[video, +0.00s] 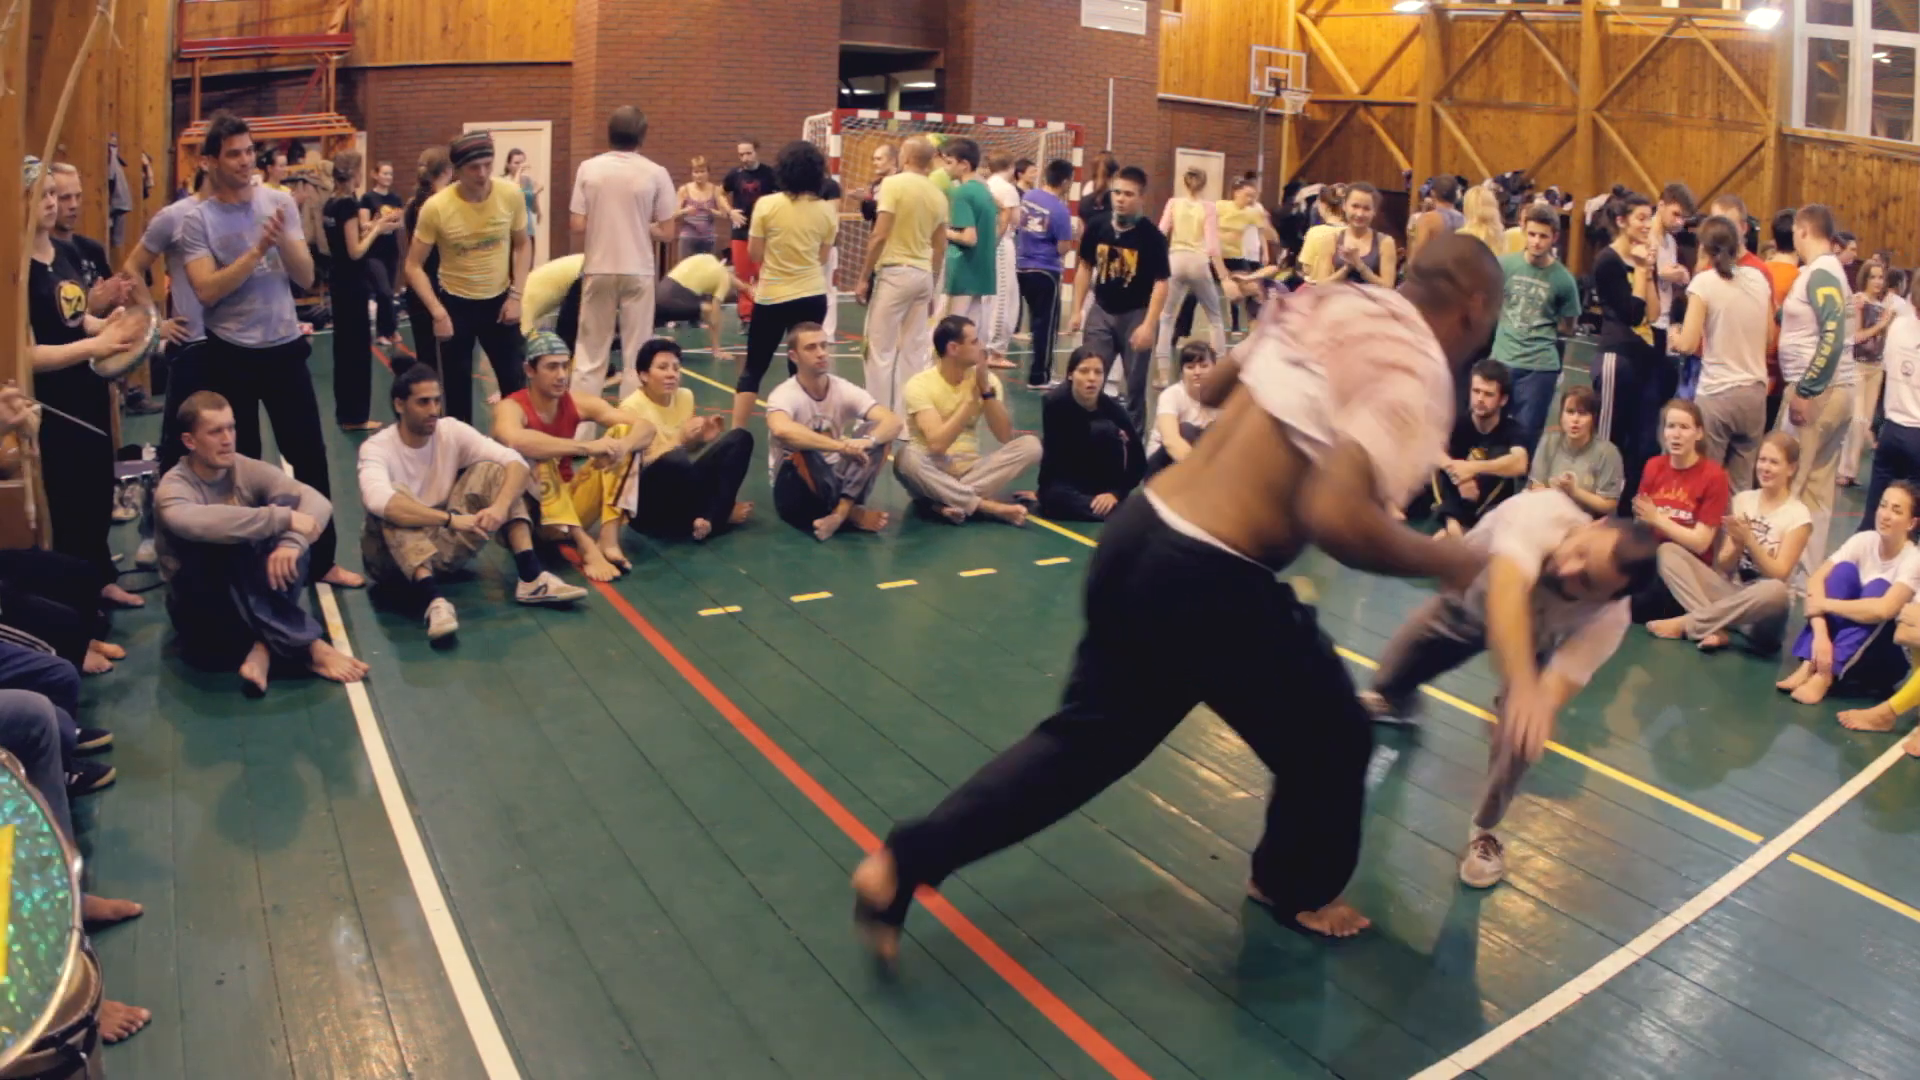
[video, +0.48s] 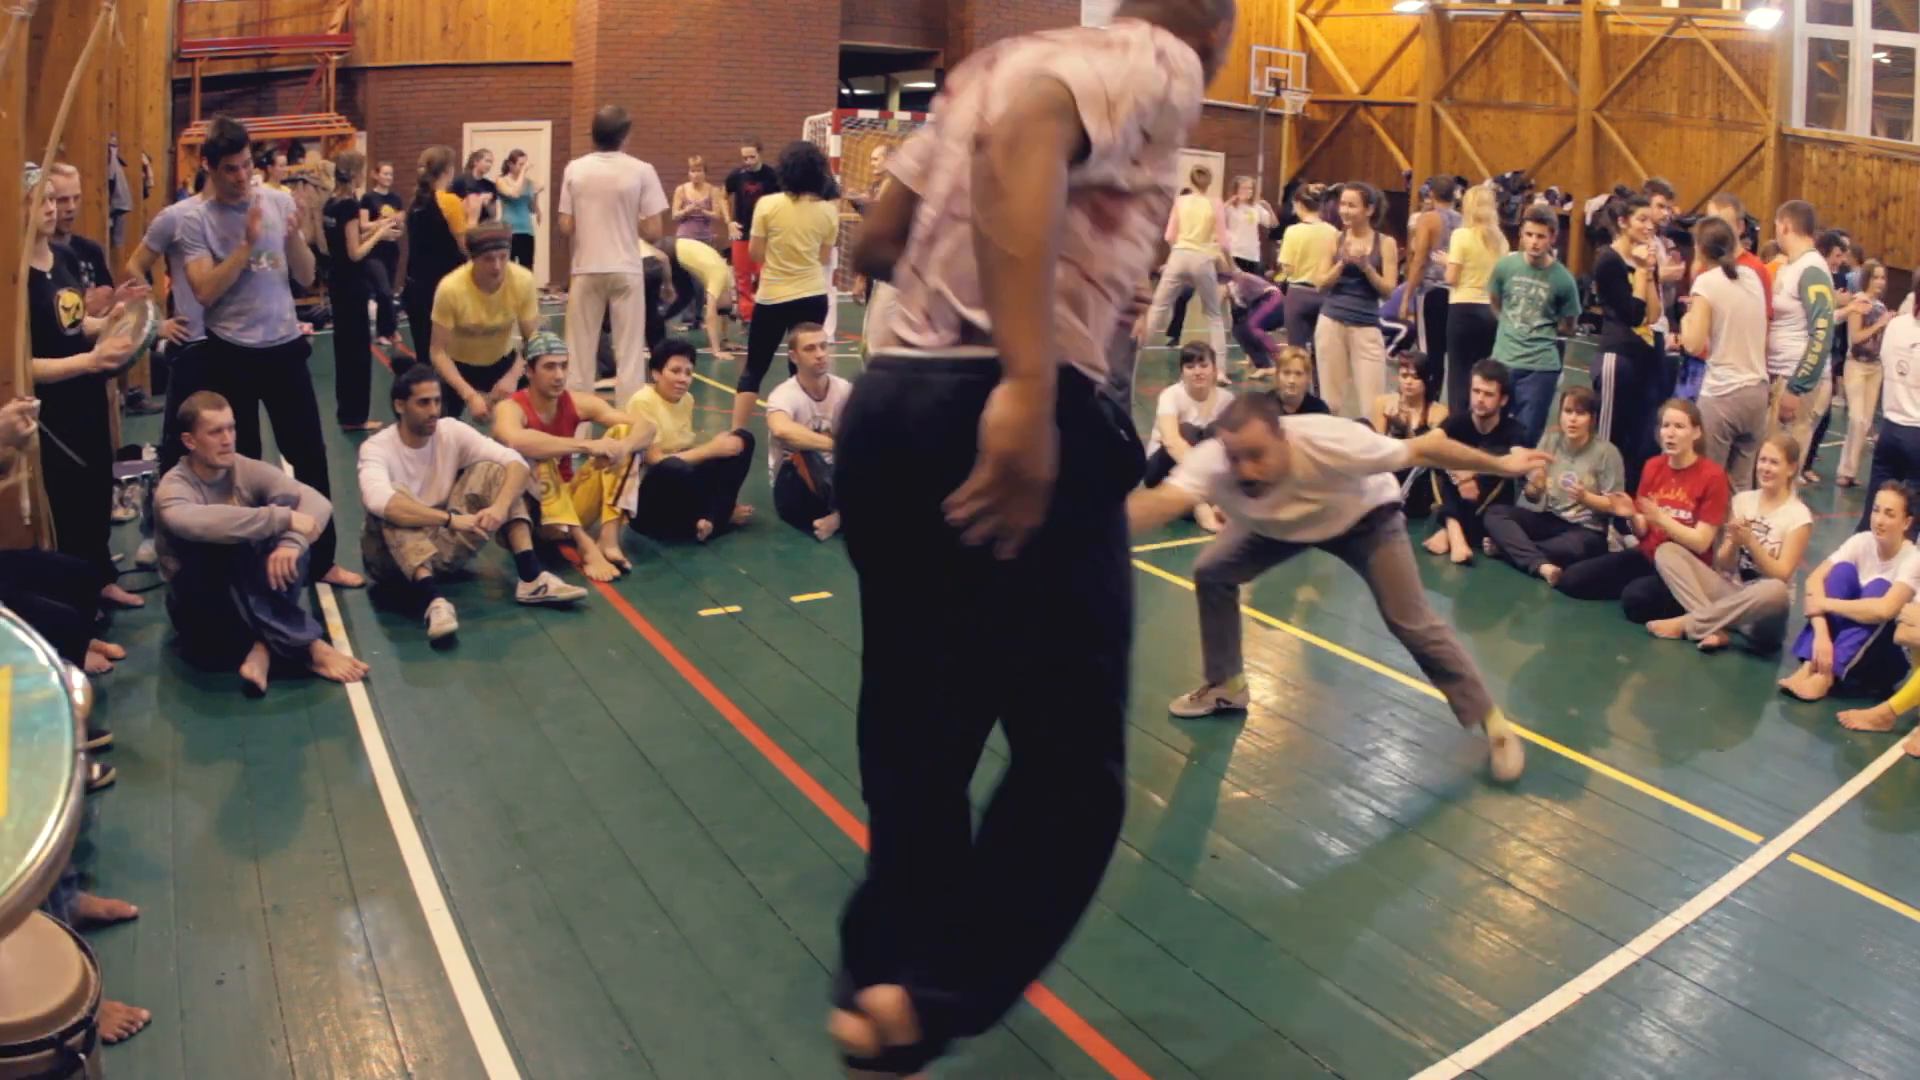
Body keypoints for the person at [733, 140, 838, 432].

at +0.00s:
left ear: (781, 171)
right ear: (818, 172)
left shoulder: (766, 205)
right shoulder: (827, 210)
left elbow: (755, 252)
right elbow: (824, 255)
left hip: (772, 300)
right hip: (813, 298)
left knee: (753, 369)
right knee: (804, 366)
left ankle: (736, 437)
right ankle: (808, 433)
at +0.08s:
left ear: (781, 171)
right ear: (818, 172)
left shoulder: (766, 205)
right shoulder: (827, 210)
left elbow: (755, 251)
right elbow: (824, 256)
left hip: (772, 299)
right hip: (813, 298)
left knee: (753, 368)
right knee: (805, 366)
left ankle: (736, 437)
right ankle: (808, 434)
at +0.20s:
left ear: (781, 171)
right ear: (819, 172)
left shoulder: (766, 205)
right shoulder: (827, 210)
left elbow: (755, 251)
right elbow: (824, 256)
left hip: (772, 300)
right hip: (813, 298)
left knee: (753, 369)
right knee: (804, 366)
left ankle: (736, 437)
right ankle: (808, 434)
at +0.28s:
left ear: (782, 171)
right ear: (819, 173)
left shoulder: (767, 205)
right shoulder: (827, 210)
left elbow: (755, 251)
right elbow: (825, 256)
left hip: (772, 299)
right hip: (813, 298)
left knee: (753, 368)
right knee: (805, 366)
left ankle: (736, 436)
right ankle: (808, 433)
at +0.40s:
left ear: (782, 171)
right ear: (820, 172)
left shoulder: (767, 205)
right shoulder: (828, 210)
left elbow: (755, 252)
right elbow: (825, 256)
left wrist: (779, 257)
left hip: (773, 300)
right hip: (813, 298)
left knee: (754, 369)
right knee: (805, 367)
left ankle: (736, 436)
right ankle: (808, 434)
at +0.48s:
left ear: (783, 171)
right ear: (820, 172)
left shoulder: (767, 205)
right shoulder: (828, 210)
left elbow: (756, 251)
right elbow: (825, 255)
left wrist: (781, 255)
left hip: (772, 300)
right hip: (813, 298)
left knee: (754, 368)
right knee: (806, 366)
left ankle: (736, 435)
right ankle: (808, 433)